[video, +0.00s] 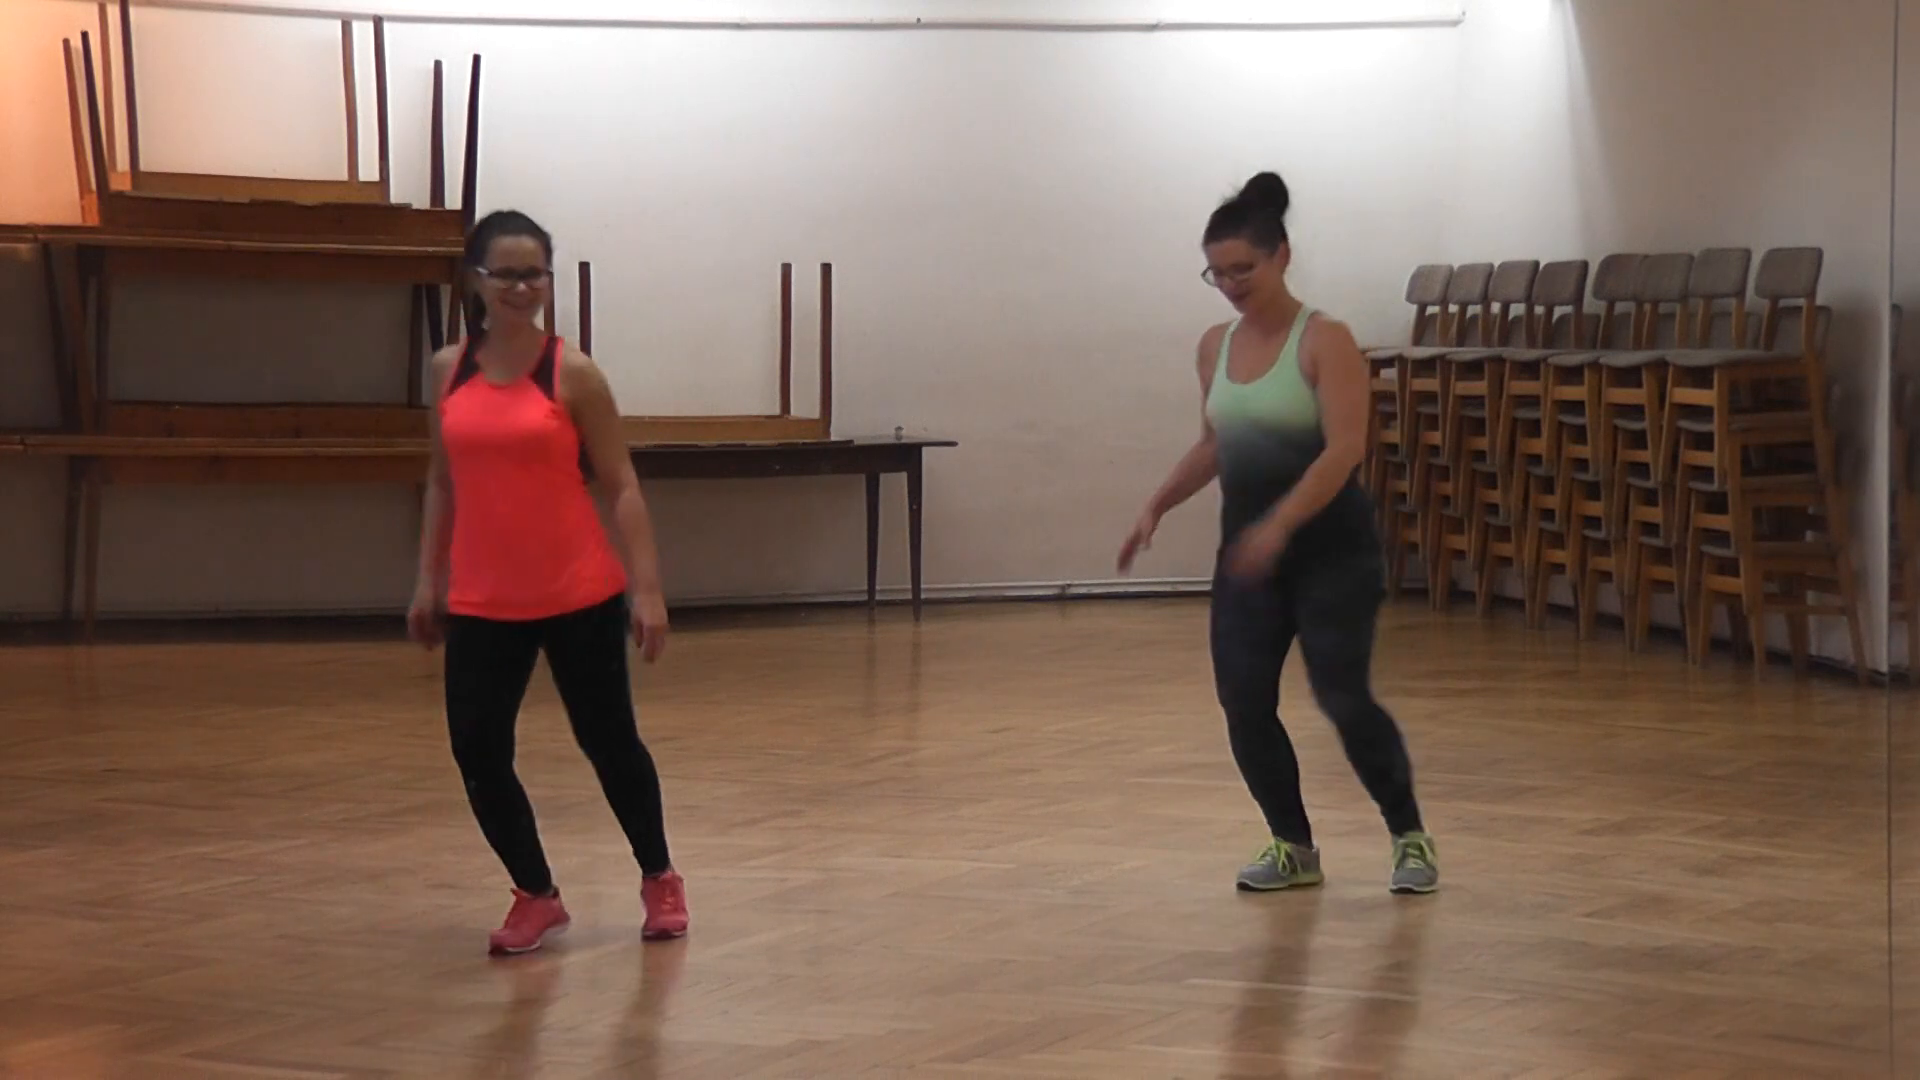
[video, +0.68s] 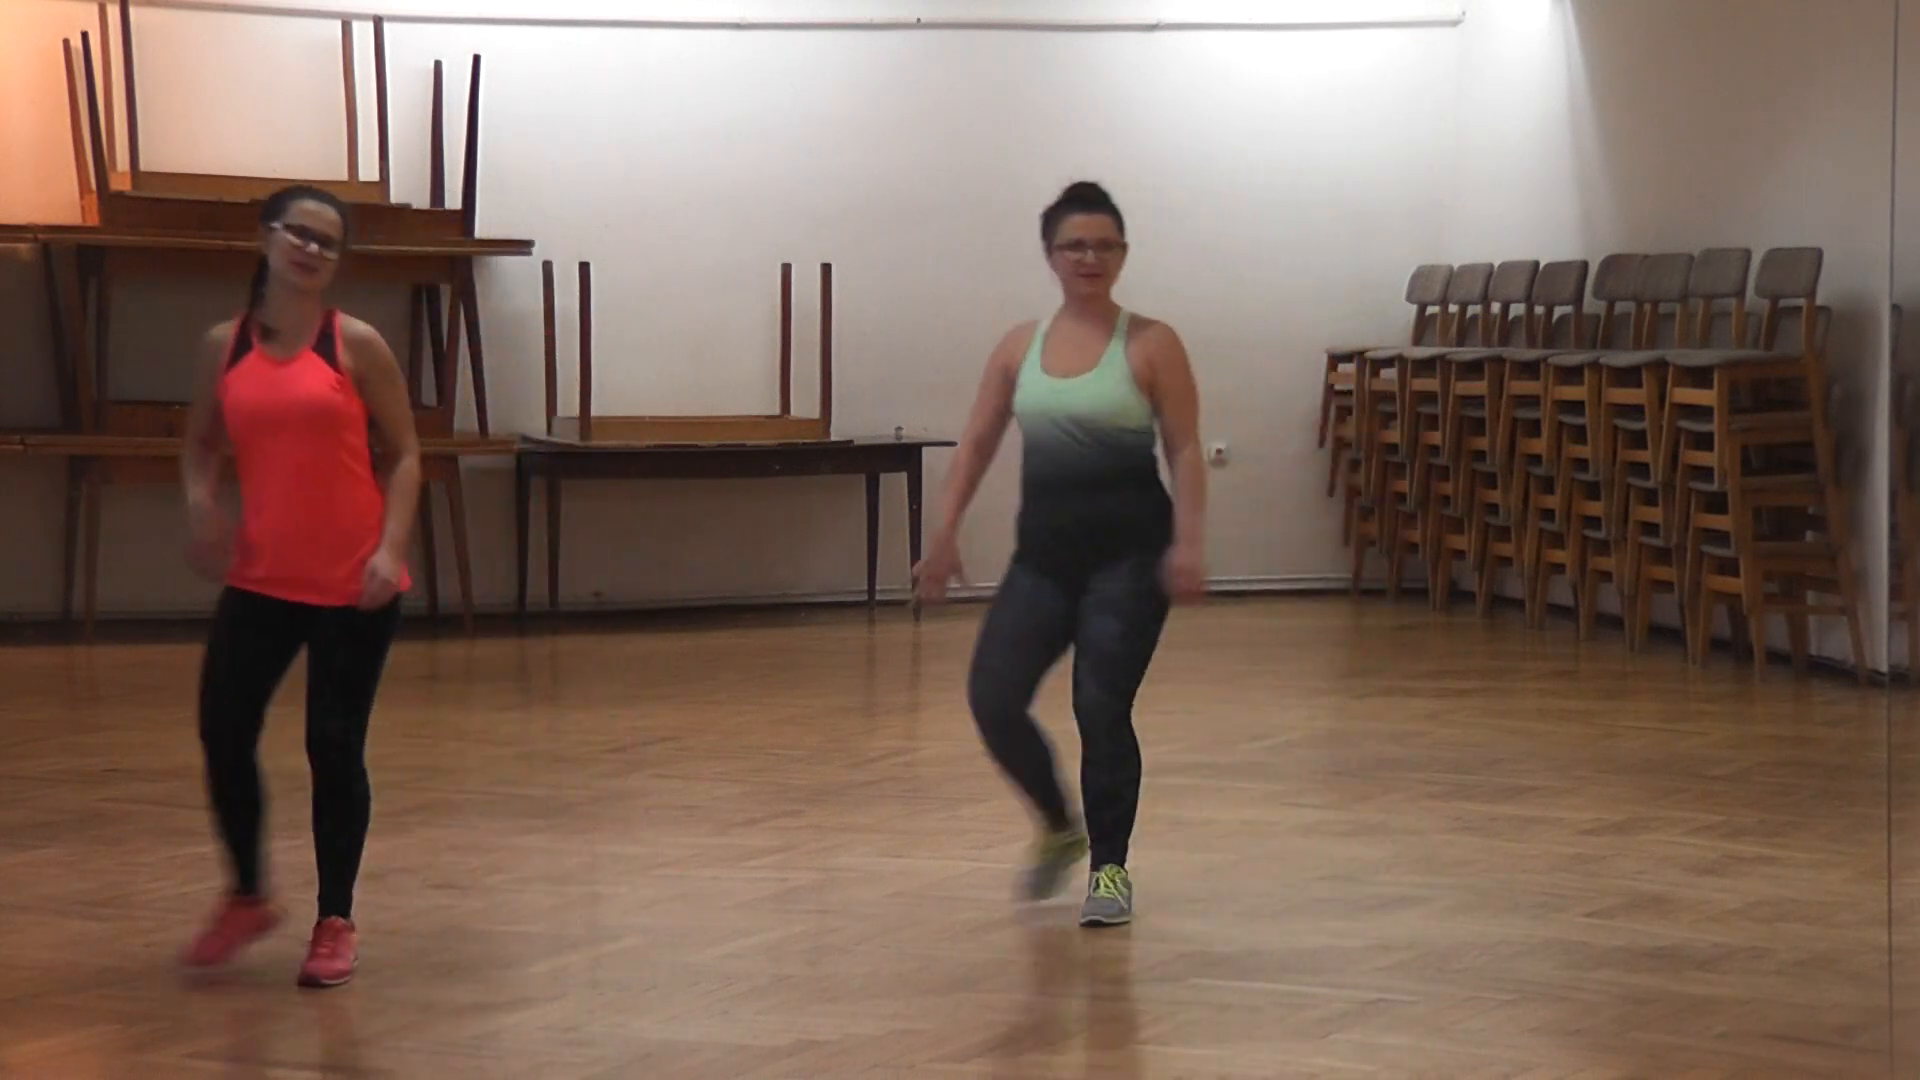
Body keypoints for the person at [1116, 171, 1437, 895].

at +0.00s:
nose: (1230, 285)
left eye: (1241, 269)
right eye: (1219, 273)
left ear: (1282, 256)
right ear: (1211, 270)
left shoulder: (1326, 341)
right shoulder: (1217, 348)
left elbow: (1347, 450)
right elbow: (1218, 444)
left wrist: (1275, 524)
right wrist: (1156, 505)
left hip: (1331, 548)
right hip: (1248, 547)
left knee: (1341, 693)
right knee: (1245, 704)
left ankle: (1409, 835)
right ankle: (1294, 846)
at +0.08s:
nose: (1211, 280)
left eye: (1223, 265)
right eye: (1200, 268)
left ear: (1263, 254)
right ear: (1191, 264)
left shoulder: (1309, 338)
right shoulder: (1196, 340)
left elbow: (1344, 447)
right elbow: (1187, 437)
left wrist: (1334, 540)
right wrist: (1137, 481)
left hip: (1305, 552)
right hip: (1229, 553)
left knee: (1296, 690)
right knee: (1239, 700)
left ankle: (1372, 814)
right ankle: (1291, 845)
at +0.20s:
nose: (1184, 273)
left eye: (1196, 257)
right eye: (1172, 261)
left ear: (1235, 245)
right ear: (1164, 257)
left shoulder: (1285, 329)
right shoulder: (1166, 328)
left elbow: (1347, 421)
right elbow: (1133, 425)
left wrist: (1391, 508)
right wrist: (1087, 422)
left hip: (1281, 526)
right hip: (1204, 532)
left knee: (1237, 662)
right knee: (1237, 679)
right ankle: (1288, 842)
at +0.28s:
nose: (1167, 279)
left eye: (1180, 263)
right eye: (1154, 265)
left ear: (1218, 249)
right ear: (1143, 259)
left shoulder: (1269, 333)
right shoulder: (1143, 333)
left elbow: (1342, 414)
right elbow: (1097, 416)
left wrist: (1403, 494)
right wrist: (1067, 398)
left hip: (1259, 535)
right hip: (1187, 542)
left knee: (1211, 671)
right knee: (1248, 690)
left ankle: (1165, 846)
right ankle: (1293, 841)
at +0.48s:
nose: (1135, 274)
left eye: (1150, 259)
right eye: (1121, 262)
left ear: (1175, 261)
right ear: (1101, 268)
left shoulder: (1212, 350)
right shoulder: (1087, 353)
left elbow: (1275, 444)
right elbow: (1053, 444)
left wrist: (1341, 519)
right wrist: (1018, 442)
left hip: (1189, 549)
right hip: (1114, 554)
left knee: (1128, 693)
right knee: (1163, 703)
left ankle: (1110, 866)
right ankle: (1265, 822)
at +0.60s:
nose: (1113, 265)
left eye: (1127, 252)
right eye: (1098, 253)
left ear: (1145, 259)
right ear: (1073, 261)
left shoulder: (1175, 349)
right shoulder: (1051, 353)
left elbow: (1214, 454)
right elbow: (1011, 443)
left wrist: (1251, 551)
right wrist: (978, 518)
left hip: (1152, 551)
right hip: (1073, 553)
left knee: (1101, 697)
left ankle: (1107, 869)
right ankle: (1159, 793)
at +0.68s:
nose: (1090, 258)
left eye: (1103, 246)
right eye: (1074, 246)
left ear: (1122, 254)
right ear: (1050, 254)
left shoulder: (1152, 345)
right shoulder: (1021, 346)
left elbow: (1185, 450)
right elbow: (975, 445)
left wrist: (1190, 544)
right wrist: (945, 533)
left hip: (1129, 557)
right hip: (1043, 555)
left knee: (1100, 707)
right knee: (992, 697)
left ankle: (1109, 866)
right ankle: (1061, 823)